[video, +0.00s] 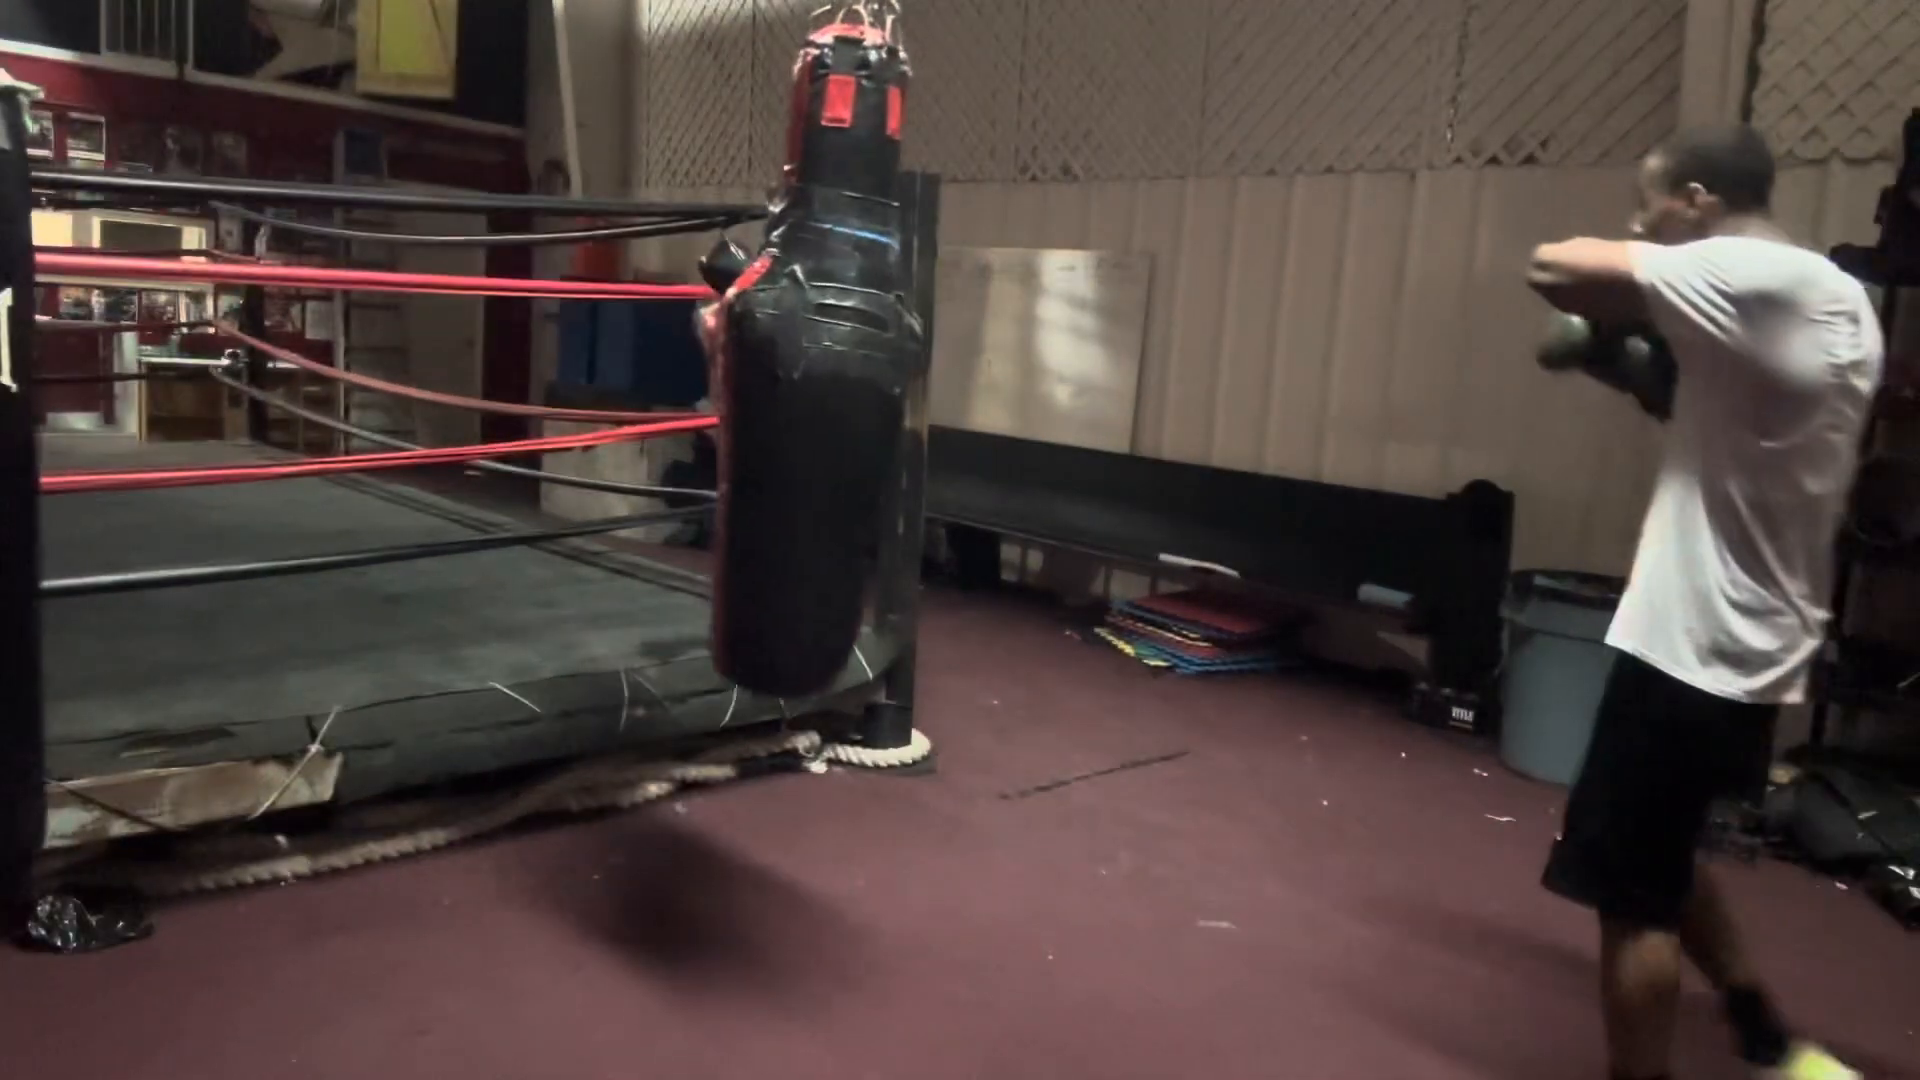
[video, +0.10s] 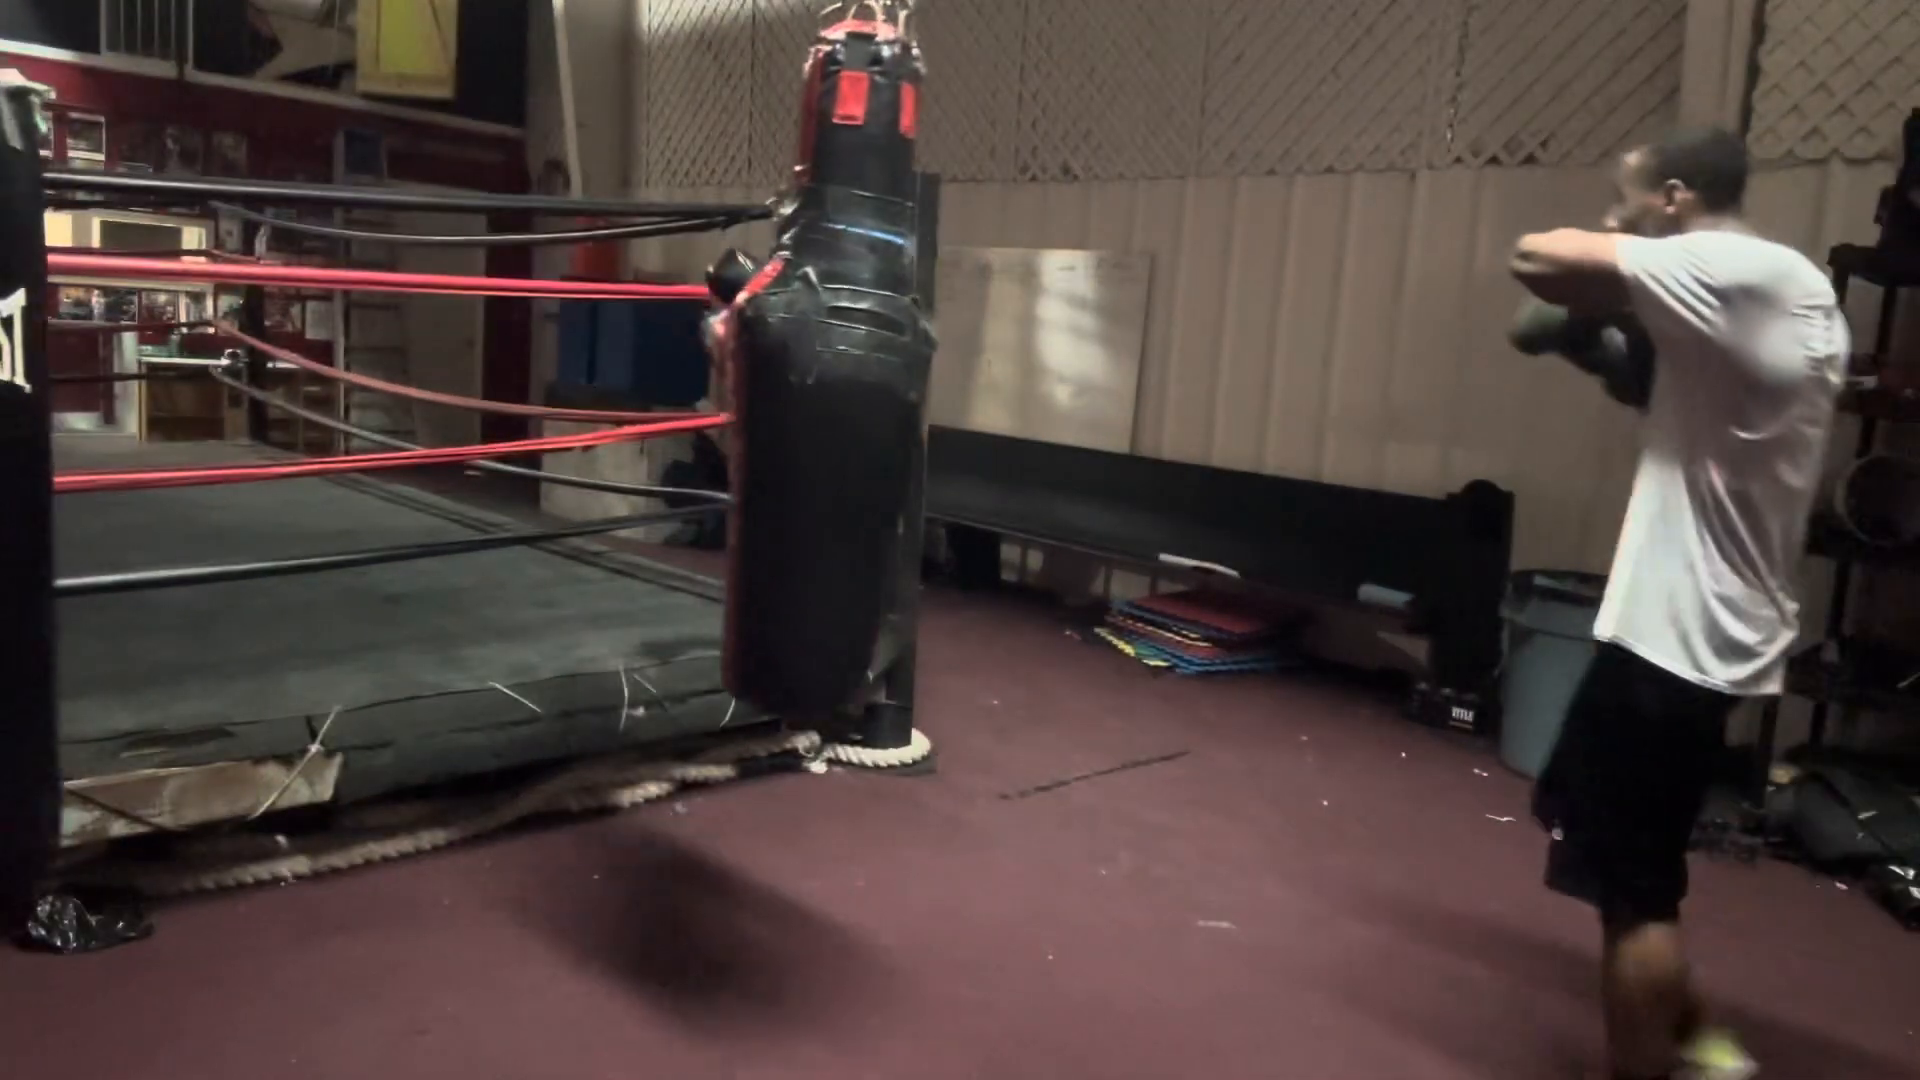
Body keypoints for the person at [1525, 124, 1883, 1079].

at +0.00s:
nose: (1647, 226)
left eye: (1654, 210)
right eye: (1647, 210)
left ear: (1698, 201)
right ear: (1755, 201)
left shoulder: (1743, 275)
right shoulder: (1848, 297)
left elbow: (1551, 262)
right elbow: (1741, 401)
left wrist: (1631, 304)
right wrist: (1628, 361)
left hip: (1689, 651)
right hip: (1757, 652)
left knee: (1633, 890)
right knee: (1661, 857)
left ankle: (1638, 1073)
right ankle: (1769, 1043)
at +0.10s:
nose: (1624, 217)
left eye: (1632, 200)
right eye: (1625, 200)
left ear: (1676, 196)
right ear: (1720, 195)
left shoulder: (1729, 268)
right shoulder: (1809, 289)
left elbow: (1535, 255)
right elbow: (1707, 394)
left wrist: (1621, 260)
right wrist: (1599, 344)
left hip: (1675, 632)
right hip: (1727, 630)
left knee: (1631, 881)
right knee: (1619, 850)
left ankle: (1638, 1070)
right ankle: (1690, 1035)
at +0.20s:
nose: (1594, 221)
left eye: (1604, 206)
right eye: (1595, 206)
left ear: (1655, 204)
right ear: (1675, 204)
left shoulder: (1726, 273)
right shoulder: (1766, 285)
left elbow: (1520, 258)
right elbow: (1661, 416)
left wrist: (1597, 254)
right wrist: (1577, 340)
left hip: (1666, 626)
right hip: (1651, 613)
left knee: (1641, 871)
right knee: (1559, 809)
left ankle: (1642, 1063)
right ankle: (1566, 999)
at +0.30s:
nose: (1563, 227)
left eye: (1575, 211)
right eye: (1565, 211)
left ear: (1633, 215)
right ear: (1642, 218)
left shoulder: (1714, 290)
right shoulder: (1657, 304)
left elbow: (1508, 289)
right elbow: (1604, 443)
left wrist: (1492, 314)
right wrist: (1529, 375)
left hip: (1643, 633)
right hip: (1577, 616)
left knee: (1621, 868)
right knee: (1523, 799)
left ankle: (1638, 1068)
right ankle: (1508, 986)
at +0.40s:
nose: (1542, 231)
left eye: (1559, 213)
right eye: (1542, 211)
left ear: (1624, 217)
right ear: (1618, 222)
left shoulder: (1682, 297)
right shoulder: (1627, 306)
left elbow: (1530, 365)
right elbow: (1563, 450)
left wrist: (1487, 342)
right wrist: (1481, 361)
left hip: (1609, 626)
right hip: (1552, 611)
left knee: (1569, 852)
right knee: (1507, 803)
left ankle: (1623, 1064)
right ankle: (1509, 986)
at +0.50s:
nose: (1521, 225)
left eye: (1541, 209)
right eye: (1520, 206)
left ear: (1604, 210)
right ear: (1589, 215)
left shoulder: (1656, 297)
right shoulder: (1597, 308)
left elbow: (1578, 421)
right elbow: (1548, 459)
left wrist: (1491, 369)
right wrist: (1478, 405)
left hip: (1576, 614)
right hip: (1542, 600)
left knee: (1491, 814)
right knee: (1496, 794)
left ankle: (1604, 1060)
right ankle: (1509, 985)